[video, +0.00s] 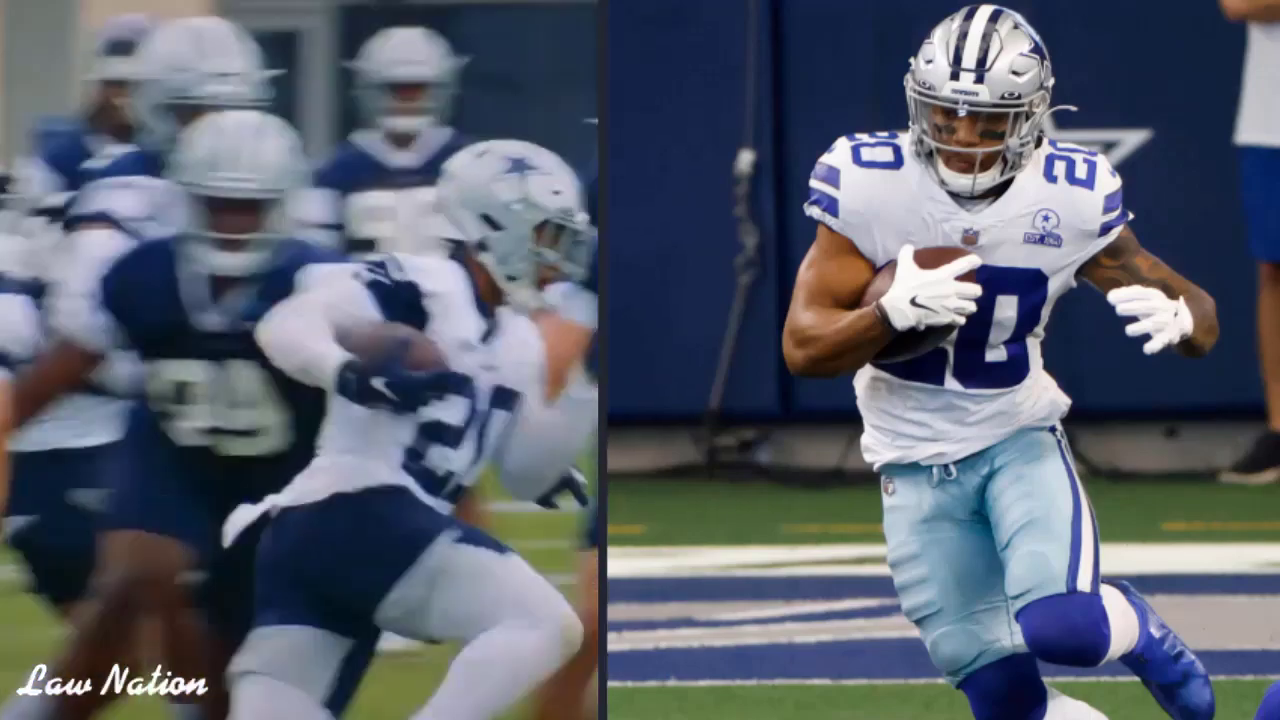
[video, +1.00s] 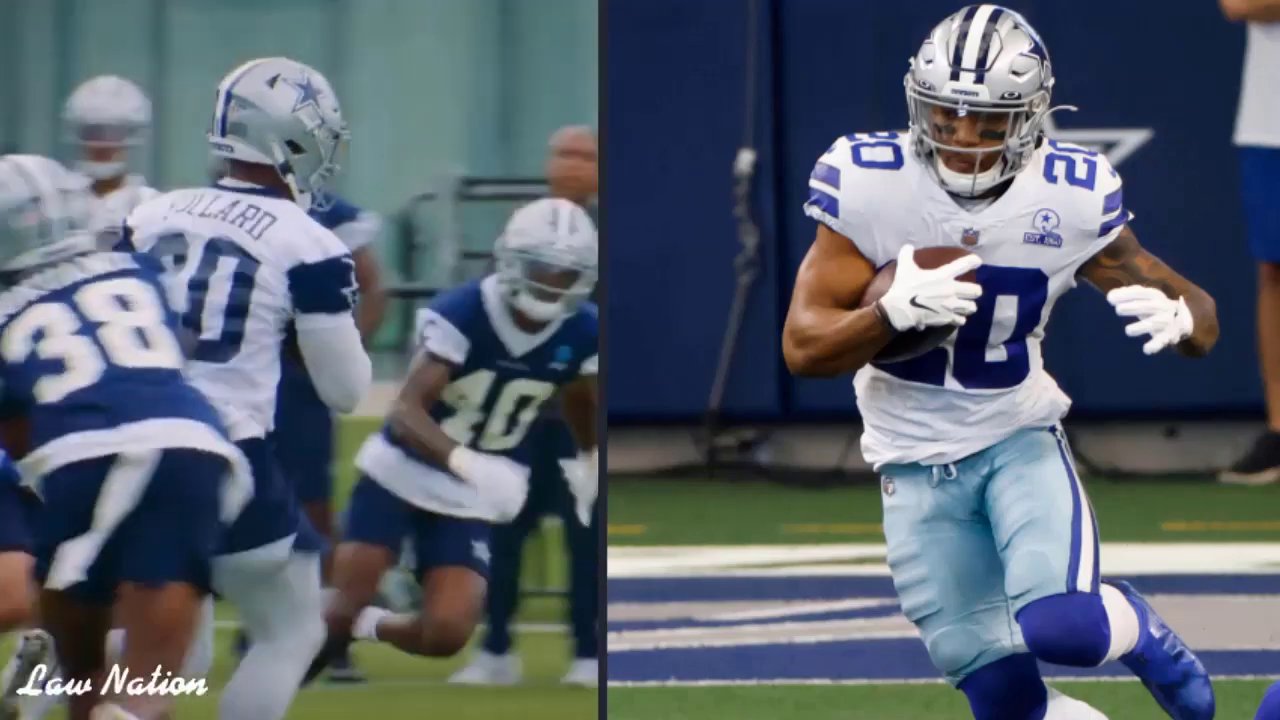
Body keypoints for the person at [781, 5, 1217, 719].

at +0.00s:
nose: (966, 137)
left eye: (988, 121)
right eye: (950, 116)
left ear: (1027, 119)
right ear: (923, 109)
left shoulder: (1071, 194)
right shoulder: (863, 179)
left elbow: (1197, 309)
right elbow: (801, 349)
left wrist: (1181, 319)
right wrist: (887, 313)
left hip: (1018, 437)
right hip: (911, 467)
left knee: (1054, 626)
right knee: (1001, 696)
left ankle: (1141, 631)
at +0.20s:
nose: (965, 137)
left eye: (988, 121)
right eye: (950, 116)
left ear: (1027, 118)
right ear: (922, 110)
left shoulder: (1071, 194)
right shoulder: (863, 179)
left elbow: (1197, 310)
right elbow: (801, 349)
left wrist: (1181, 319)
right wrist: (887, 313)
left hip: (1018, 437)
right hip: (911, 467)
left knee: (1054, 626)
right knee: (1001, 696)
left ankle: (1142, 633)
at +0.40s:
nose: (965, 137)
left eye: (988, 121)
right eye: (950, 116)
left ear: (1027, 118)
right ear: (922, 110)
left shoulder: (1071, 194)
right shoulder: (863, 179)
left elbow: (1197, 310)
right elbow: (801, 349)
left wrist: (1181, 319)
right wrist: (887, 313)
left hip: (1018, 437)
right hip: (911, 467)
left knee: (1054, 626)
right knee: (1001, 696)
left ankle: (1142, 633)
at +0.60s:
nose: (965, 137)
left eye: (988, 121)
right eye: (950, 116)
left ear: (1027, 118)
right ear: (922, 110)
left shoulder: (1071, 194)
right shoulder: (863, 179)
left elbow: (1197, 310)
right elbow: (801, 349)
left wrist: (1181, 319)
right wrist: (887, 313)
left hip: (1018, 437)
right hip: (911, 467)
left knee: (1054, 626)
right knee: (1001, 696)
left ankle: (1142, 633)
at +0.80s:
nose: (965, 137)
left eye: (988, 121)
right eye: (950, 116)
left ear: (1027, 118)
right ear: (922, 110)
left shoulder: (1071, 194)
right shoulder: (863, 179)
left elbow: (1197, 310)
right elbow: (801, 349)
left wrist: (1181, 319)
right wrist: (887, 313)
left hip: (1018, 437)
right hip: (911, 467)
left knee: (1054, 626)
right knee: (1001, 696)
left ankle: (1142, 633)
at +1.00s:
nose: (966, 137)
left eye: (988, 121)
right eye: (950, 117)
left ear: (1027, 118)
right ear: (922, 110)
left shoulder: (1072, 194)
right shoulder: (863, 180)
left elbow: (1197, 310)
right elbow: (801, 350)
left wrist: (1181, 318)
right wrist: (887, 313)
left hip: (1018, 437)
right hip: (911, 467)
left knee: (1054, 626)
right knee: (1001, 697)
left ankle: (1142, 632)